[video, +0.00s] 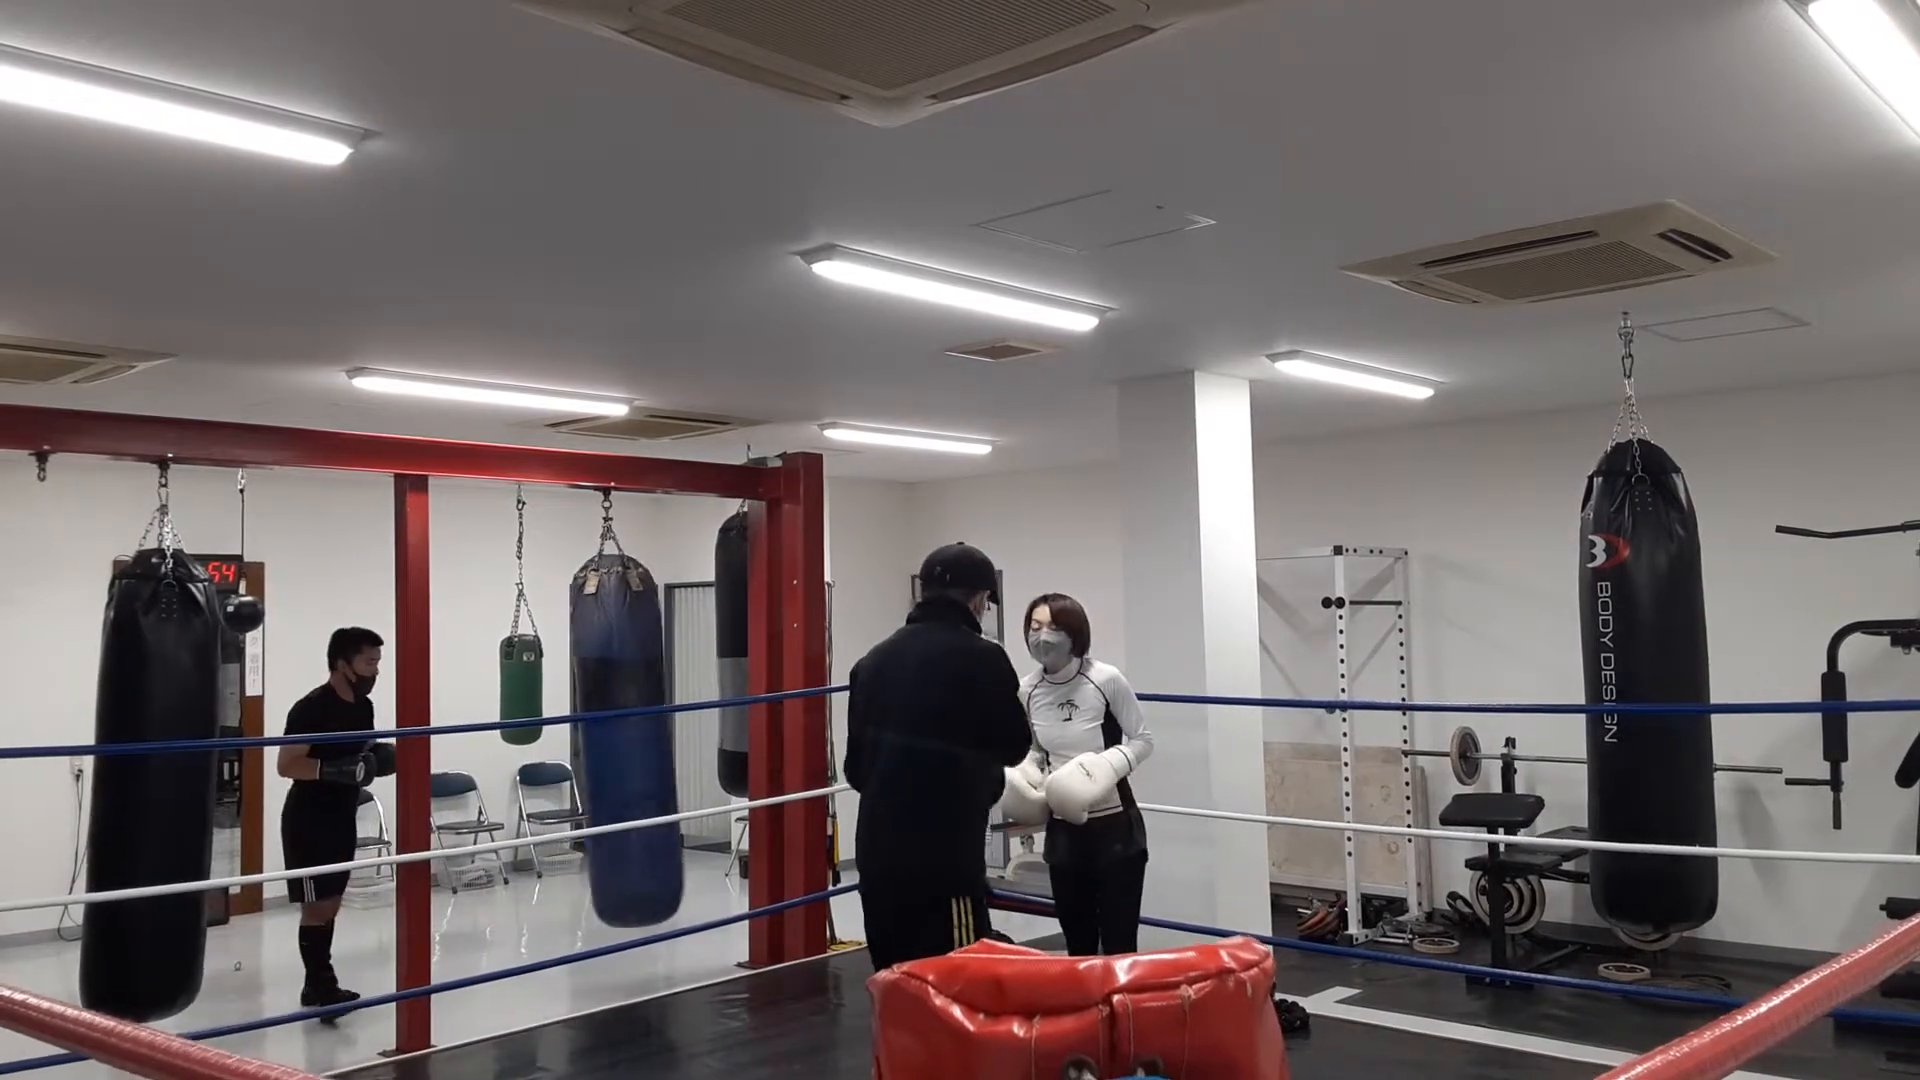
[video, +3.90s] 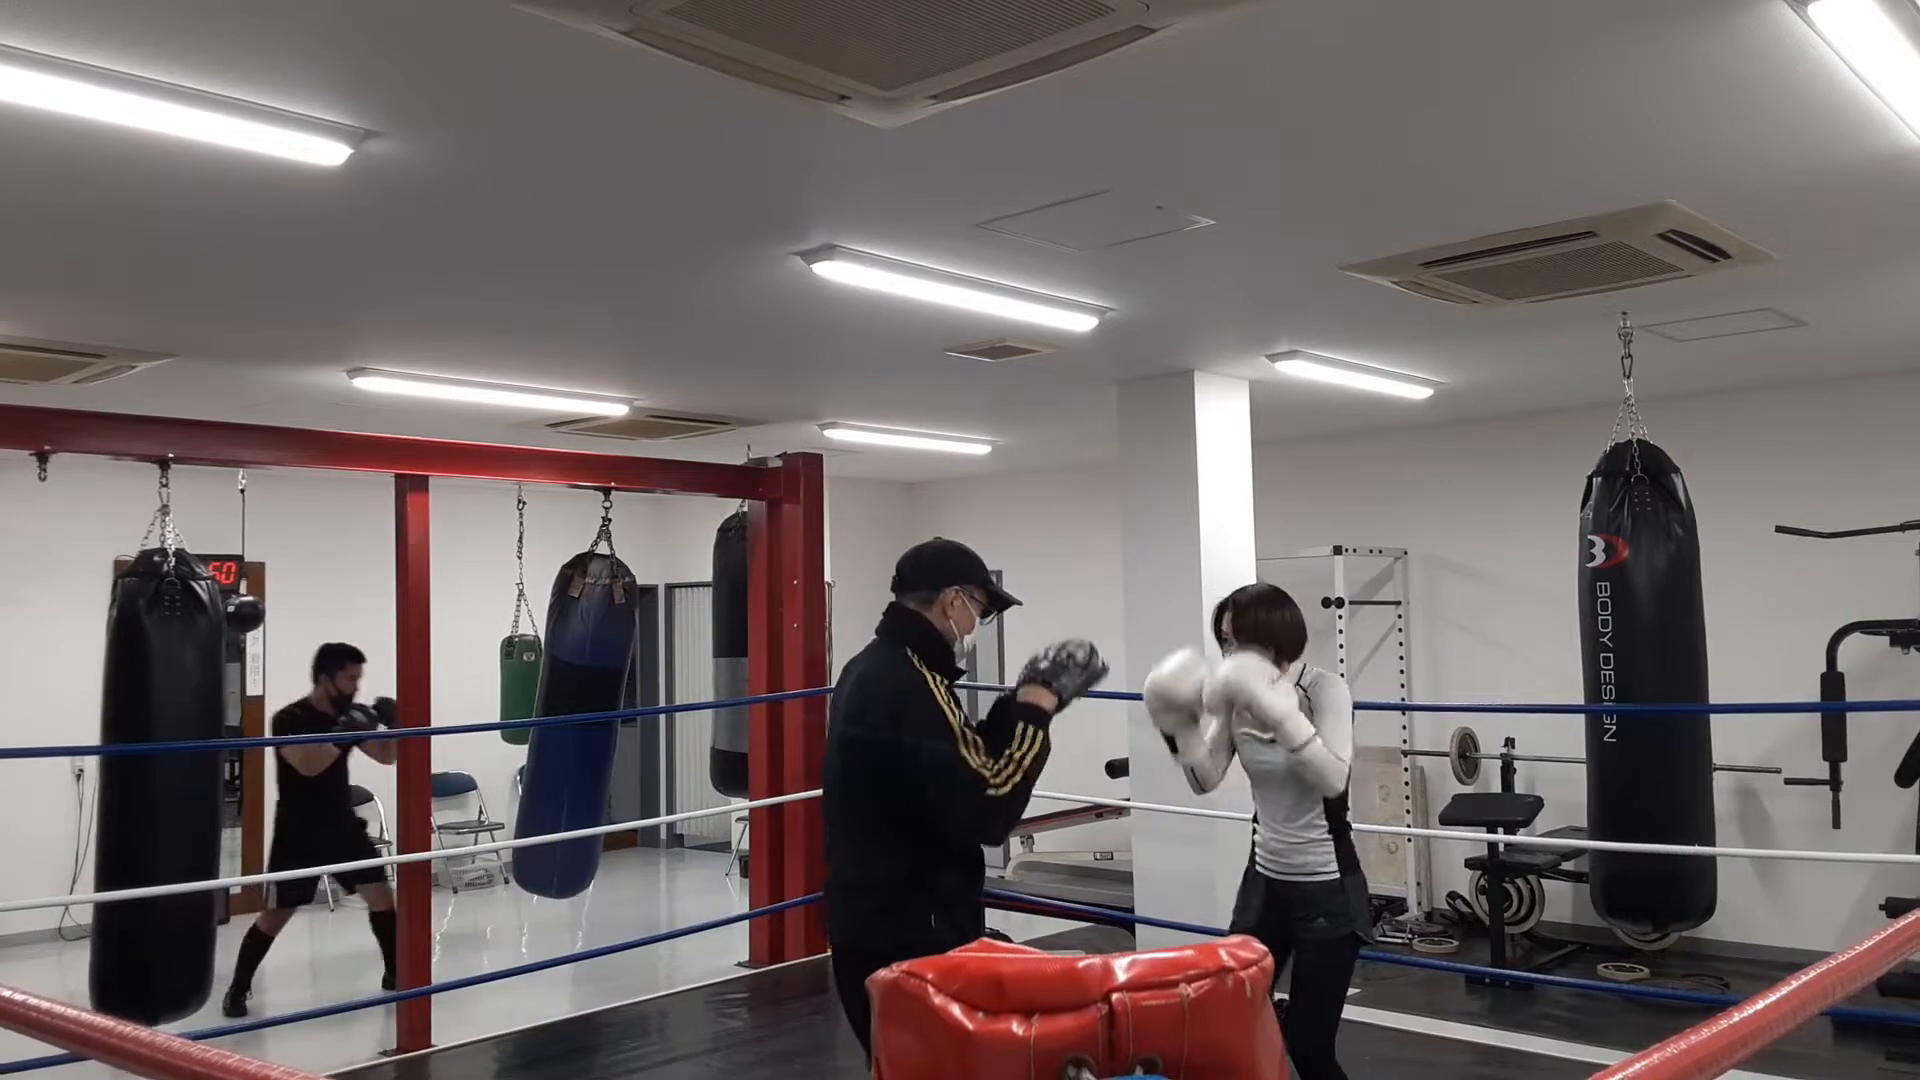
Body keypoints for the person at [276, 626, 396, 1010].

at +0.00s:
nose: (377, 668)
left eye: (378, 660)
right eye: (370, 661)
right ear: (343, 663)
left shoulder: (364, 707)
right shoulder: (310, 708)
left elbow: (354, 756)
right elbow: (287, 764)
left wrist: (380, 758)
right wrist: (342, 771)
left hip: (342, 812)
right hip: (307, 813)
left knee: (331, 900)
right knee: (316, 902)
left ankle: (317, 985)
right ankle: (321, 990)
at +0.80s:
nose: (382, 682)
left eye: (385, 675)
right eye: (375, 674)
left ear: (383, 673)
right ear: (350, 671)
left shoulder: (372, 715)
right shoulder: (310, 711)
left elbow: (367, 762)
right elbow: (285, 767)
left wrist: (386, 769)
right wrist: (335, 772)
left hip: (347, 820)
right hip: (304, 820)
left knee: (361, 905)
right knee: (298, 910)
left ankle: (377, 991)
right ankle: (293, 997)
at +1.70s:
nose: (346, 684)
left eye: (347, 676)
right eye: (340, 676)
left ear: (325, 675)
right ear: (313, 673)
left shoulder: (329, 716)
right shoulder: (273, 718)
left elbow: (317, 768)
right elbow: (256, 780)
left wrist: (349, 768)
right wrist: (314, 774)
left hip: (318, 827)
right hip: (277, 832)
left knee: (343, 908)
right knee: (272, 919)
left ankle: (369, 987)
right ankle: (246, 1005)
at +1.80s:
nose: (332, 678)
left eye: (333, 670)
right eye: (326, 670)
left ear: (307, 672)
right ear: (298, 670)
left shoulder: (319, 712)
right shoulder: (260, 716)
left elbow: (311, 761)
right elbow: (249, 778)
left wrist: (339, 761)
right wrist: (302, 770)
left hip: (310, 821)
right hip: (269, 826)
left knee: (337, 902)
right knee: (268, 915)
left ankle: (340, 987)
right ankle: (245, 1003)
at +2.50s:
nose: (364, 685)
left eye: (367, 677)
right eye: (357, 677)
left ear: (366, 675)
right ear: (331, 676)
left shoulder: (358, 718)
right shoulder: (295, 720)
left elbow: (355, 765)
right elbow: (282, 778)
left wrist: (370, 771)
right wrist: (332, 778)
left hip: (339, 816)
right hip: (297, 820)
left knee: (365, 889)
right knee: (285, 907)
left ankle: (371, 975)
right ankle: (252, 998)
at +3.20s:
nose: (323, 681)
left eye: (327, 673)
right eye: (316, 673)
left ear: (328, 671)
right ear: (292, 670)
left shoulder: (315, 711)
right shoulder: (254, 711)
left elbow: (351, 757)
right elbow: (266, 760)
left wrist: (361, 733)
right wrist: (309, 729)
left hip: (307, 820)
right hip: (263, 824)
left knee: (331, 892)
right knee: (254, 905)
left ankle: (355, 974)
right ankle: (235, 989)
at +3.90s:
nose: (355, 686)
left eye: (357, 678)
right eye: (348, 678)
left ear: (355, 679)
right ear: (324, 678)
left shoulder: (348, 718)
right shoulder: (288, 719)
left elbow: (386, 755)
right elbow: (307, 763)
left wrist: (393, 724)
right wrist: (346, 731)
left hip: (343, 828)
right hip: (298, 832)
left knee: (380, 896)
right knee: (277, 912)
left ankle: (395, 972)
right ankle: (238, 989)